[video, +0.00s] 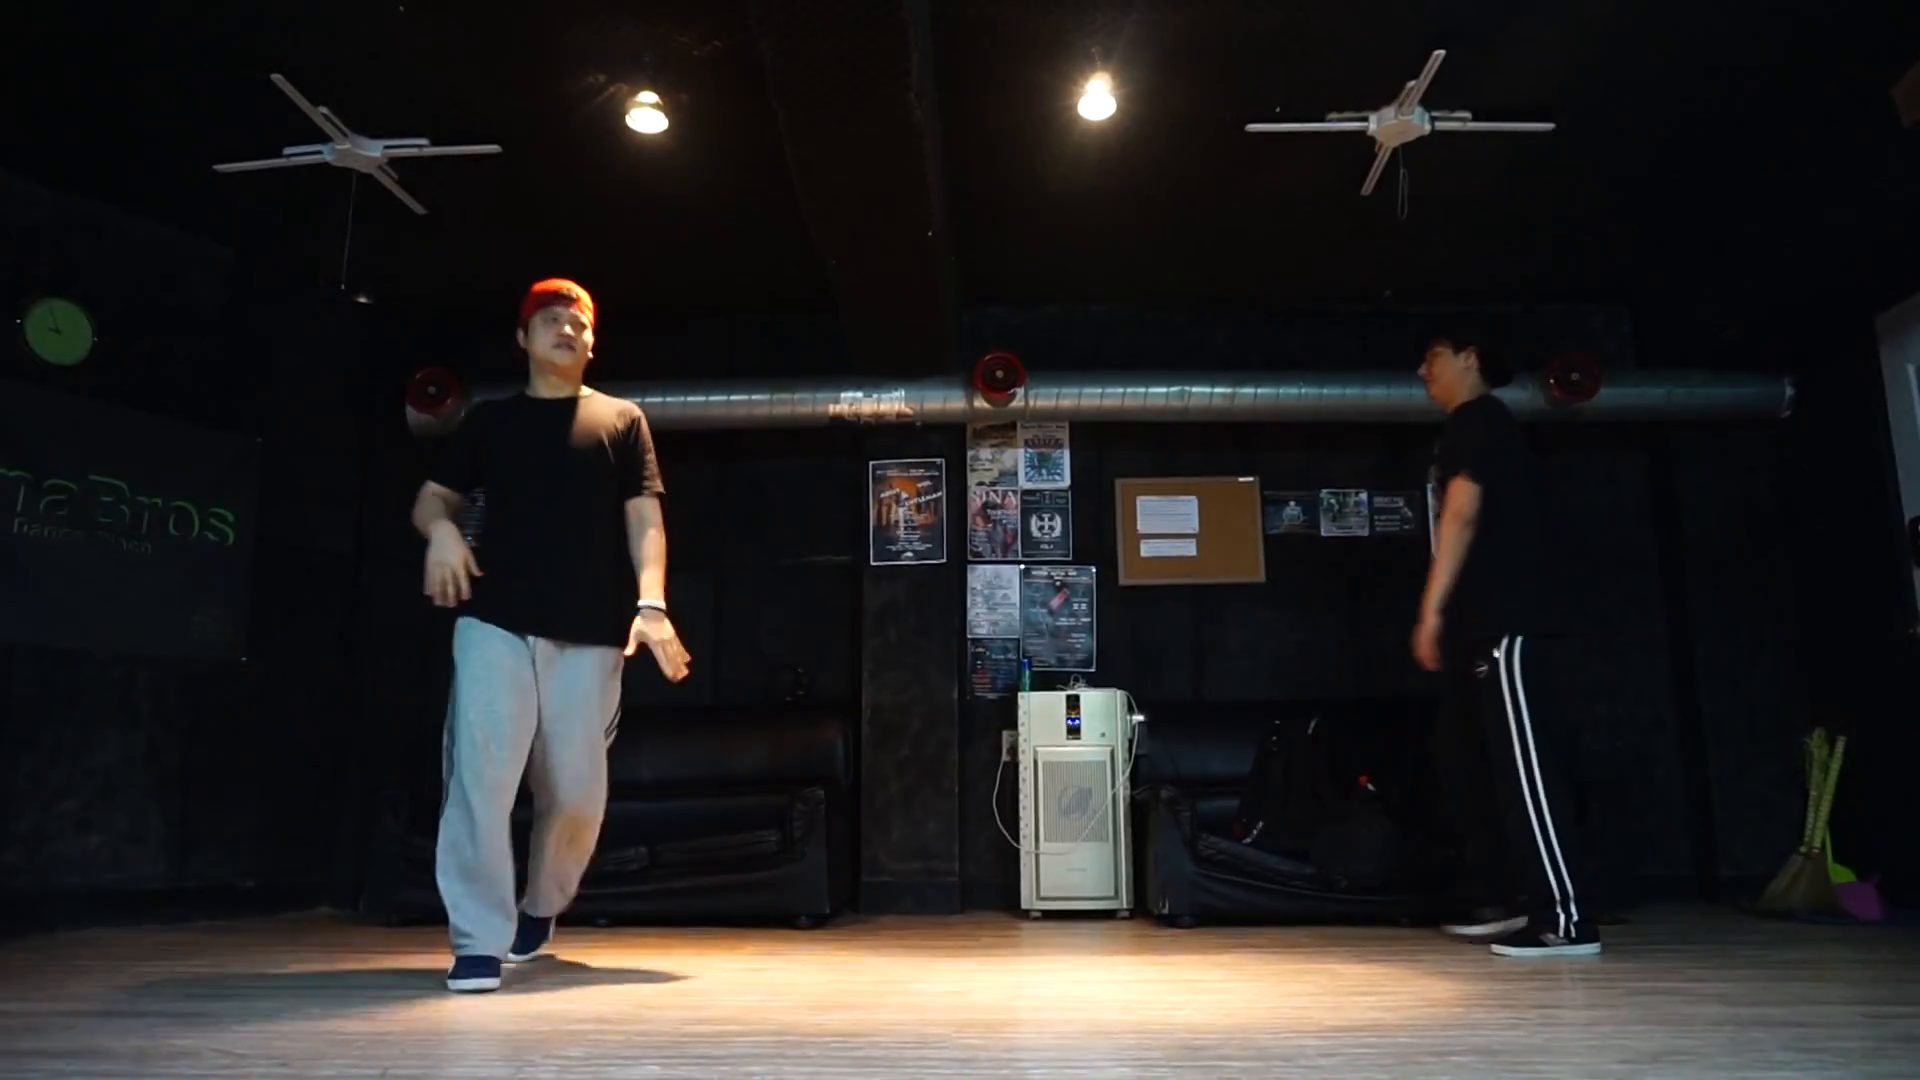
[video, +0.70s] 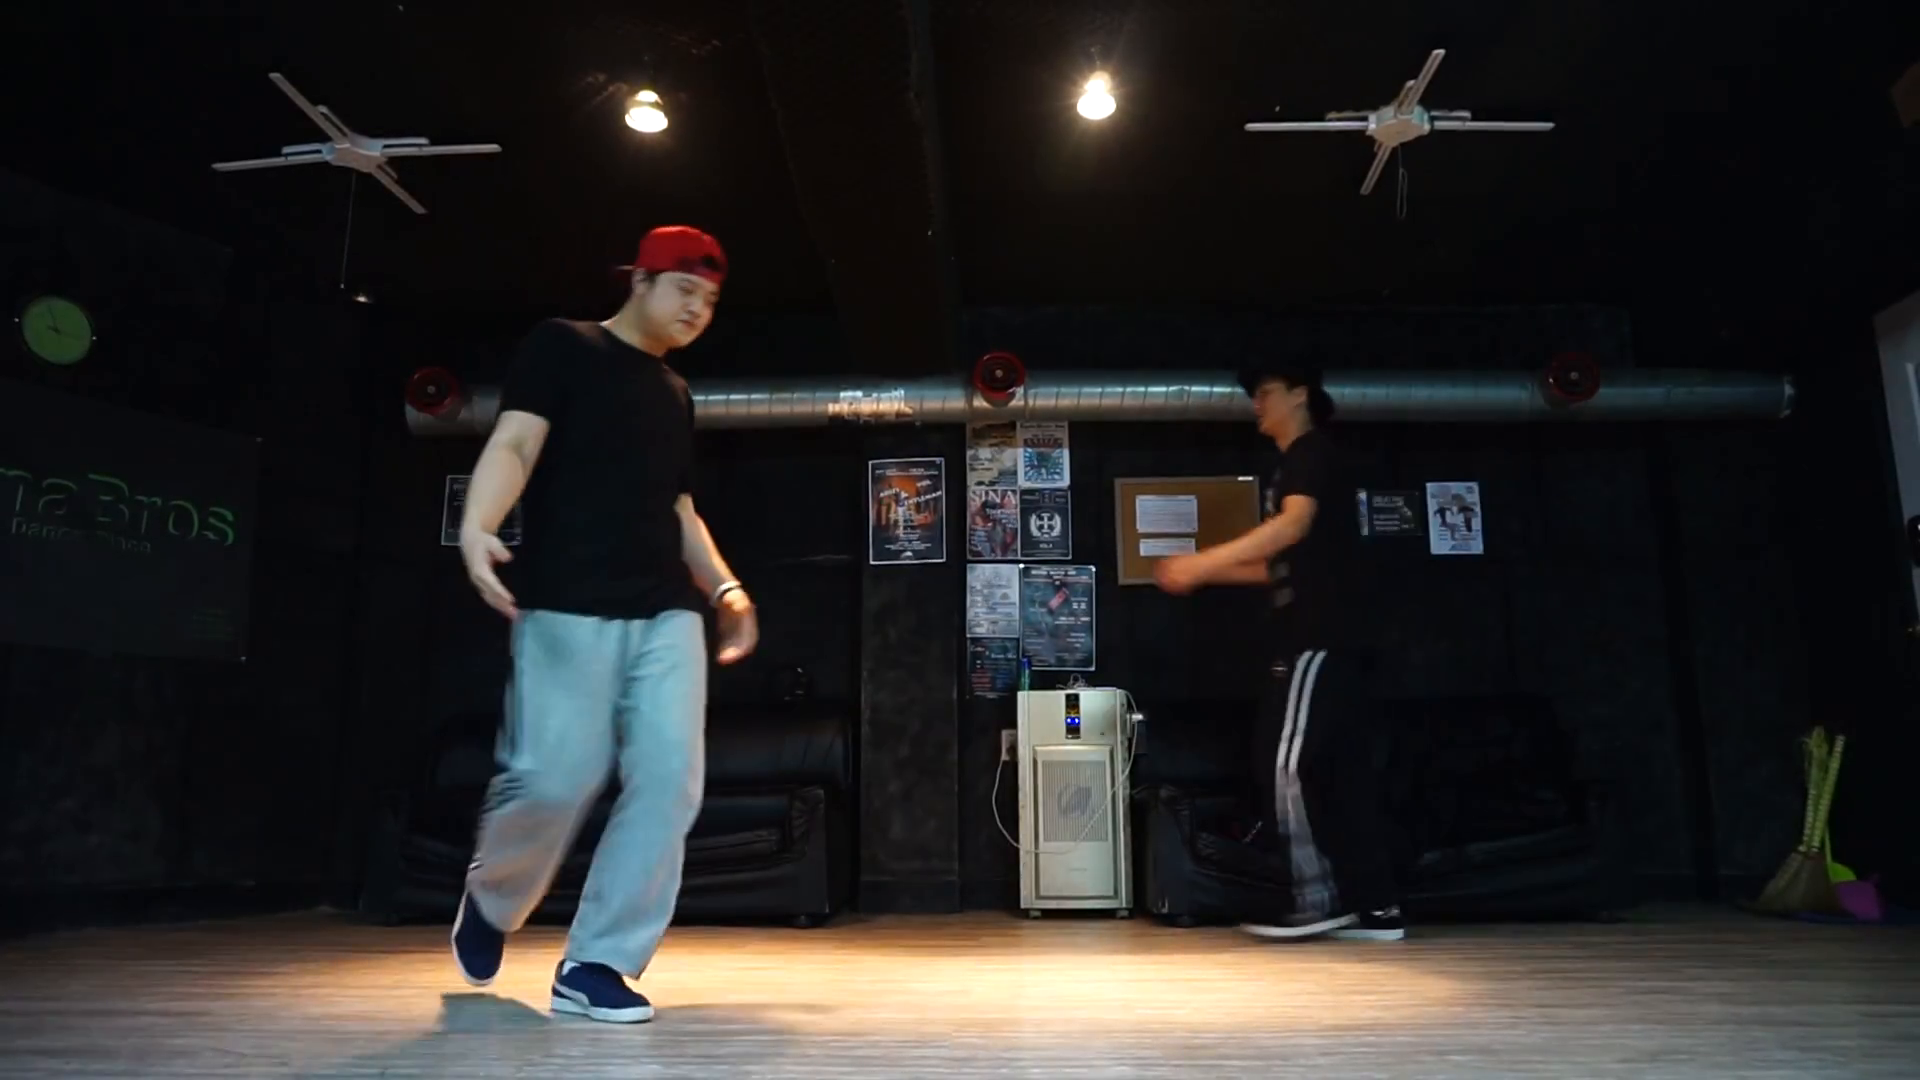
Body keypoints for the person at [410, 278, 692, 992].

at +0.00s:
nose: (570, 328)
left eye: (580, 321)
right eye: (555, 318)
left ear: (592, 343)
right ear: (525, 337)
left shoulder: (621, 421)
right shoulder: (488, 419)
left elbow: (646, 522)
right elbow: (434, 500)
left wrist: (651, 604)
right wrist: (441, 530)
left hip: (589, 633)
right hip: (495, 625)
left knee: (577, 796)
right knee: (483, 783)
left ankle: (541, 908)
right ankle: (478, 942)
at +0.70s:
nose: (696, 309)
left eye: (708, 300)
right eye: (684, 290)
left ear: (710, 312)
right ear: (640, 282)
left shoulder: (673, 393)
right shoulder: (565, 349)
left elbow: (676, 508)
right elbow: (513, 446)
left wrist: (725, 587)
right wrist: (476, 529)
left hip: (666, 614)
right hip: (567, 609)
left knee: (668, 786)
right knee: (557, 779)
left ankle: (597, 965)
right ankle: (491, 903)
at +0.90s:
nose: (736, 274)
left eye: (747, 264)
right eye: (725, 254)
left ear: (745, 274)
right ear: (680, 242)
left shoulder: (709, 363)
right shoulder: (604, 316)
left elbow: (712, 481)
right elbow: (547, 421)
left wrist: (775, 559)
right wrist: (527, 518)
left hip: (701, 586)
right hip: (623, 569)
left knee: (698, 773)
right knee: (672, 740)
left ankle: (601, 959)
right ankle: (579, 936)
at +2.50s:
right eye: (1186, 264)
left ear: (1119, 275)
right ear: (1192, 267)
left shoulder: (1078, 339)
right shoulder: (1215, 300)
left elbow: (1047, 461)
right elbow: (1267, 381)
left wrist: (1120, 461)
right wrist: (1241, 457)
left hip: (1103, 555)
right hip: (1199, 542)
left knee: (1124, 757)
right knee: (1250, 751)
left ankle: (1114, 958)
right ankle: (1296, 944)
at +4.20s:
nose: (1002, 415)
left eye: (1014, 404)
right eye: (997, 407)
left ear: (1047, 409)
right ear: (995, 418)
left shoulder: (1067, 454)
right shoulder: (1049, 466)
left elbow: (1109, 513)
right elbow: (1073, 549)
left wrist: (1048, 570)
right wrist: (1020, 562)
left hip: (1063, 646)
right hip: (1079, 647)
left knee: (994, 773)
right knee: (1035, 776)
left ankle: (1108, 878)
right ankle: (1086, 914)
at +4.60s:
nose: (957, 392)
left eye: (972, 383)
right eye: (950, 384)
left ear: (1000, 396)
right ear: (943, 397)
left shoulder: (1023, 456)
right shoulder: (949, 470)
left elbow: (1075, 532)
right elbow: (915, 553)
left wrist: (1040, 602)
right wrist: (853, 559)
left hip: (1001, 638)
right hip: (966, 639)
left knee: (946, 773)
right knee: (988, 781)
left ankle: (949, 923)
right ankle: (1074, 900)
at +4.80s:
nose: (935, 396)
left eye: (949, 388)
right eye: (928, 387)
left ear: (976, 399)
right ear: (918, 399)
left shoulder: (1004, 468)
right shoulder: (907, 469)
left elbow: (1042, 548)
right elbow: (881, 547)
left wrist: (1023, 601)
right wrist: (856, 586)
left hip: (965, 645)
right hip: (896, 646)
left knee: (936, 778)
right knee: (865, 775)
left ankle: (951, 925)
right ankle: (974, 860)